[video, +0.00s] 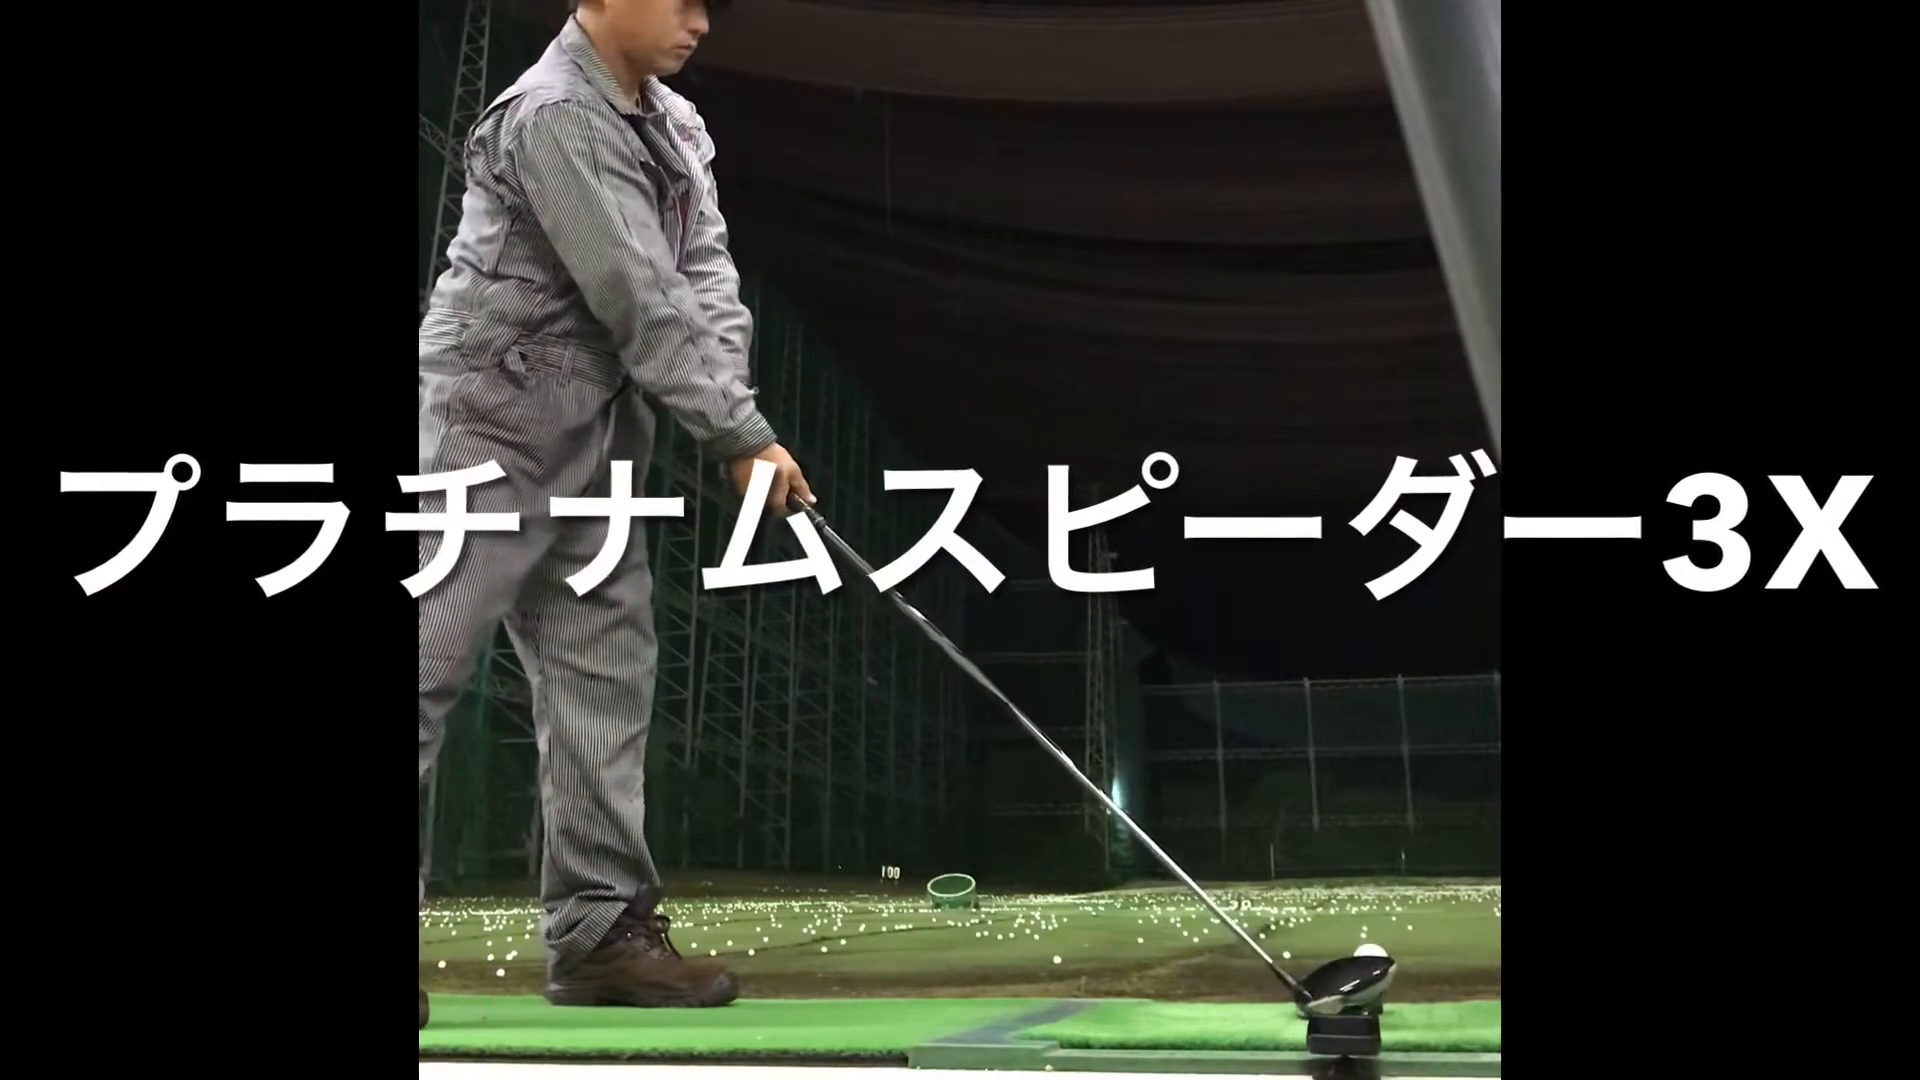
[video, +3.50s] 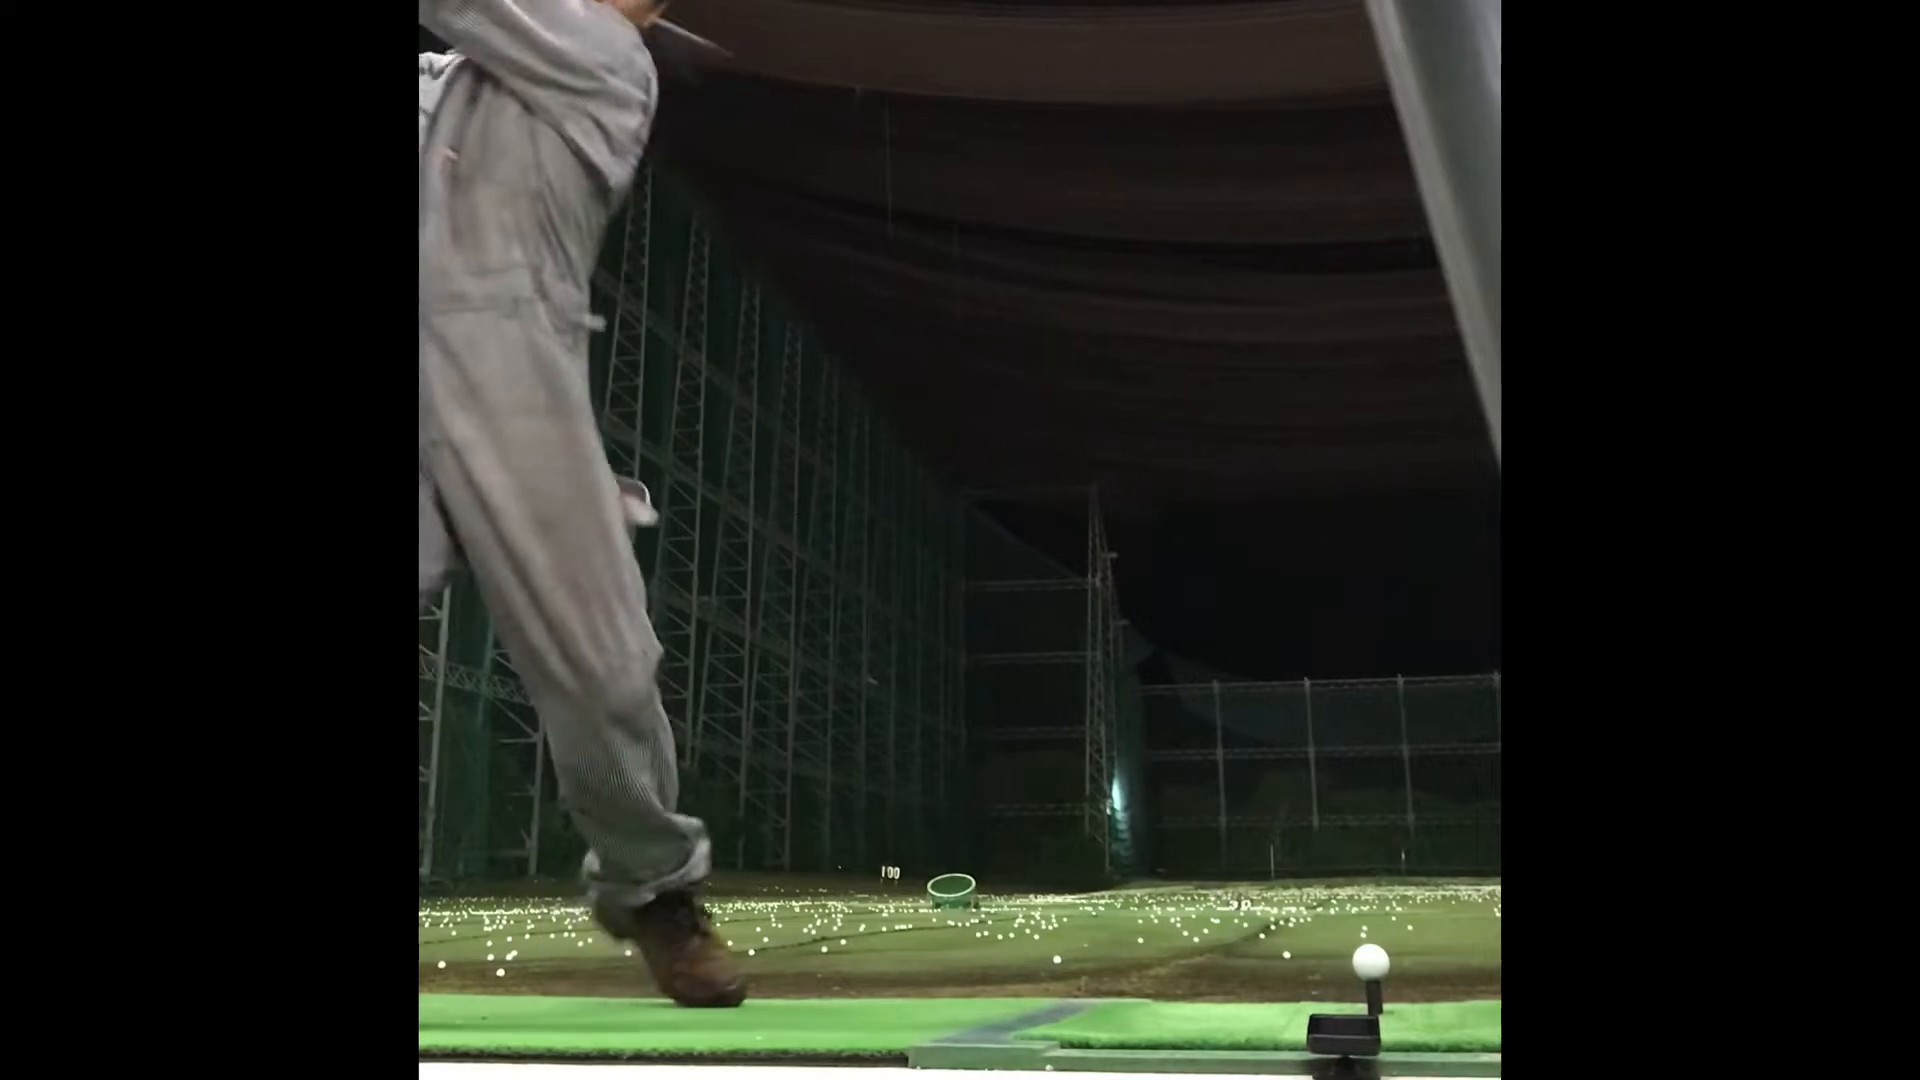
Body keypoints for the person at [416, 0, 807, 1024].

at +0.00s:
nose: (702, 20)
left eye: (704, 4)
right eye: (683, 0)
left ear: (670, 16)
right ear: (605, 2)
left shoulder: (676, 121)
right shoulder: (554, 113)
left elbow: (708, 277)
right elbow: (637, 295)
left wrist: (730, 419)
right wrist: (743, 434)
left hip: (591, 448)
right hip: (480, 436)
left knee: (602, 682)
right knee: (430, 683)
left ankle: (598, 935)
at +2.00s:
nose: (671, 19)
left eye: (679, 4)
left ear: (677, 18)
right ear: (581, 2)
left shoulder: (658, 120)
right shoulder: (543, 107)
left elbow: (698, 267)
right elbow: (627, 284)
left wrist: (724, 401)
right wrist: (732, 422)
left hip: (591, 434)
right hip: (484, 426)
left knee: (601, 667)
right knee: (434, 672)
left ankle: (599, 934)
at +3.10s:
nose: (653, 30)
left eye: (670, 20)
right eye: (638, 5)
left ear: (673, 42)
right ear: (574, 2)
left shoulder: (682, 132)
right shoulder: (469, 105)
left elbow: (680, 240)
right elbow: (512, 236)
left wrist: (645, 335)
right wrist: (590, 342)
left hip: (604, 428)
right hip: (460, 421)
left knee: (629, 677)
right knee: (420, 656)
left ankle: (600, 935)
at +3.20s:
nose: (653, 33)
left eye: (672, 26)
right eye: (639, 7)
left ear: (676, 48)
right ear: (577, 2)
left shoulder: (685, 130)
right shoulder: (454, 95)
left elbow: (620, 194)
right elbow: (440, 178)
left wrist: (492, 228)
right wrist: (446, 225)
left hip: (591, 430)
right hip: (441, 413)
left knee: (634, 683)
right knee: (416, 640)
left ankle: (601, 936)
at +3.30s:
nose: (651, 30)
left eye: (672, 24)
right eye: (636, 5)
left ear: (678, 47)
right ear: (578, 4)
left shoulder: (677, 120)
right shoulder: (472, 84)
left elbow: (556, 108)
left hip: (572, 405)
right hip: (435, 386)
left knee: (624, 673)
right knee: (420, 620)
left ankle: (607, 930)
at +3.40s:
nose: (634, 24)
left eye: (647, 21)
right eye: (628, 7)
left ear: (656, 33)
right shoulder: (448, 77)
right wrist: (533, 31)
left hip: (533, 377)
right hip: (427, 378)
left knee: (610, 658)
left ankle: (622, 913)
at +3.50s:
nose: (621, 4)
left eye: (621, 2)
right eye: (626, 4)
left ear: (632, 13)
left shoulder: (606, 64)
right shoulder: (442, 72)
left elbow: (457, 3)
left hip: (506, 374)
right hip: (438, 382)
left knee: (603, 673)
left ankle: (652, 889)